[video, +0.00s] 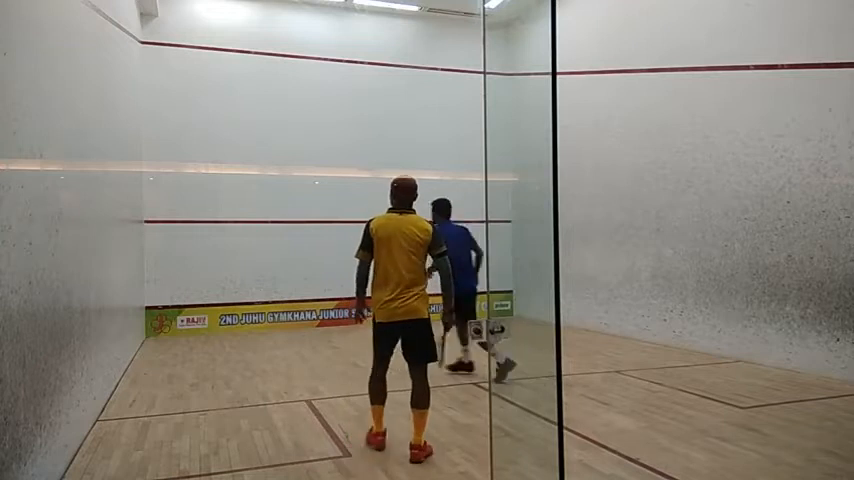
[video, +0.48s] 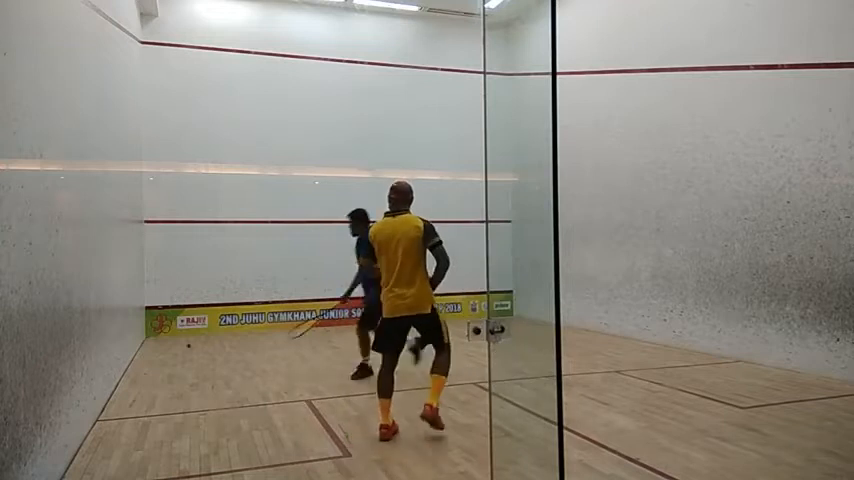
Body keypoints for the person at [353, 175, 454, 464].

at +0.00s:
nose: (394, 197)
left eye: (393, 193)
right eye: (407, 193)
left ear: (391, 196)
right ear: (415, 198)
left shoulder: (375, 226)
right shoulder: (427, 229)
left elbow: (362, 266)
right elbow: (445, 270)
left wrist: (359, 300)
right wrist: (449, 309)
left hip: (384, 314)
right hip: (416, 314)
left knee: (378, 370)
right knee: (419, 376)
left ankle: (378, 432)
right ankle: (417, 444)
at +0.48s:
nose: (390, 195)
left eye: (393, 192)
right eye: (392, 191)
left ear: (393, 199)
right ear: (411, 200)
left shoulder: (374, 231)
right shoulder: (422, 226)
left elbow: (370, 269)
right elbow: (443, 261)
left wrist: (389, 273)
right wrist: (430, 286)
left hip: (391, 308)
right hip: (421, 304)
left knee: (387, 364)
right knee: (442, 347)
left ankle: (385, 423)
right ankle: (432, 405)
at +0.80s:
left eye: (422, 199)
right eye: (434, 202)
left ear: (415, 203)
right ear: (435, 206)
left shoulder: (399, 232)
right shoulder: (441, 231)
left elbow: (392, 270)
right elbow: (460, 265)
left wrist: (412, 257)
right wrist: (453, 283)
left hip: (410, 311)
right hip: (438, 310)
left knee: (399, 361)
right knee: (450, 357)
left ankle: (387, 420)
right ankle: (461, 410)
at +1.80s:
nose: (531, 207)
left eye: (524, 203)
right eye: (537, 204)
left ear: (519, 204)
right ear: (539, 205)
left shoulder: (509, 230)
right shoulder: (552, 227)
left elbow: (499, 262)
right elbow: (564, 249)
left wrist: (520, 267)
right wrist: (542, 253)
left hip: (520, 299)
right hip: (546, 297)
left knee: (519, 345)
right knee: (562, 335)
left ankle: (520, 396)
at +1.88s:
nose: (540, 211)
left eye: (535, 207)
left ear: (534, 207)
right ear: (555, 207)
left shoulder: (525, 231)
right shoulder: (568, 230)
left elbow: (513, 260)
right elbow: (557, 254)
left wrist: (535, 263)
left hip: (533, 300)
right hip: (562, 299)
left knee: (525, 347)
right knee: (576, 340)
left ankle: (521, 397)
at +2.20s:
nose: (573, 206)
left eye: (575, 202)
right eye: (574, 202)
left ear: (579, 204)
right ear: (595, 202)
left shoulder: (583, 226)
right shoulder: (599, 222)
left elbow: (566, 252)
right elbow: (557, 227)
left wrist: (574, 226)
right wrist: (570, 223)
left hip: (585, 297)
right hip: (604, 295)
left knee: (566, 338)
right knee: (602, 340)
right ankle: (611, 394)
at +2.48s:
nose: (608, 204)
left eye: (611, 200)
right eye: (609, 200)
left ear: (622, 202)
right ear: (625, 202)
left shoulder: (631, 227)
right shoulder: (622, 226)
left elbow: (621, 260)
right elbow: (605, 247)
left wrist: (594, 271)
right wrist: (575, 243)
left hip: (630, 298)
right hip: (618, 297)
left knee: (639, 346)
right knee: (614, 341)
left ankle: (688, 391)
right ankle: (612, 395)